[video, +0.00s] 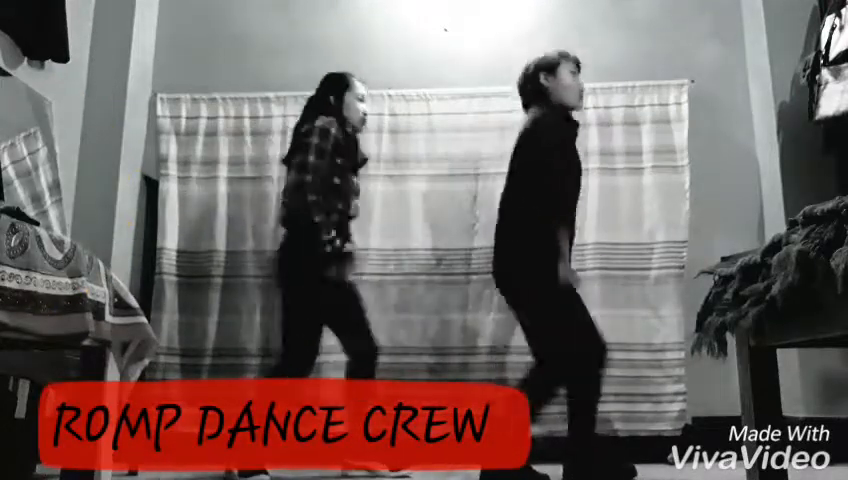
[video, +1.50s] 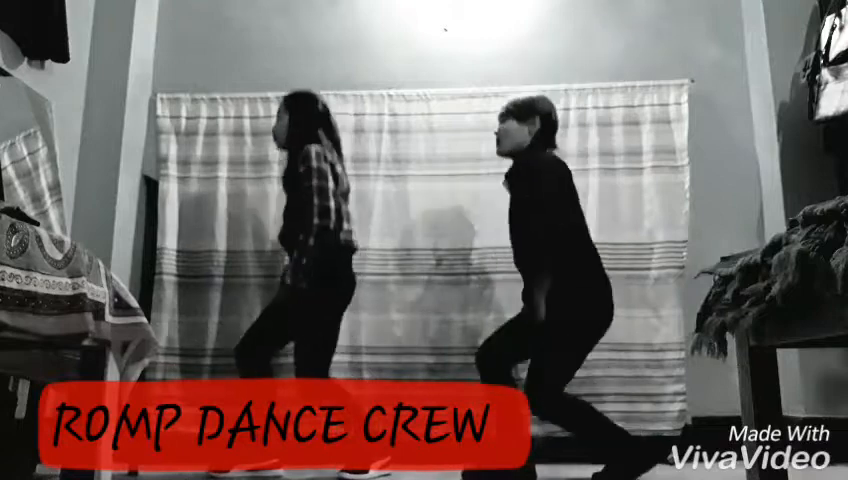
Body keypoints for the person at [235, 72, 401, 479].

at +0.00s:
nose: (366, 108)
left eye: (366, 101)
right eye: (360, 99)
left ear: (340, 102)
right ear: (337, 100)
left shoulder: (330, 132)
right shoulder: (326, 129)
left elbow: (320, 195)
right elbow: (312, 194)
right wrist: (330, 249)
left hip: (305, 258)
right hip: (316, 260)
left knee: (297, 357)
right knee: (363, 350)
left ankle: (249, 448)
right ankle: (361, 448)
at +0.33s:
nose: (371, 94)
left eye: (369, 87)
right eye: (362, 88)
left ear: (354, 97)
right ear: (341, 96)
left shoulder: (358, 135)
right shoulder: (334, 125)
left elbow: (364, 195)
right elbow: (322, 193)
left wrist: (371, 248)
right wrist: (339, 252)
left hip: (354, 259)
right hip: (323, 257)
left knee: (349, 352)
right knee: (297, 345)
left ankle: (351, 435)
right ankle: (257, 432)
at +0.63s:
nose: (333, 88)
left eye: (341, 84)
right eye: (325, 84)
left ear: (354, 98)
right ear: (314, 98)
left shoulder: (365, 140)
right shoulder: (302, 140)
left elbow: (370, 198)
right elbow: (289, 198)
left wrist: (345, 241)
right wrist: (289, 246)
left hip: (349, 260)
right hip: (306, 259)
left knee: (351, 354)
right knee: (290, 353)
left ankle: (364, 445)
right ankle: (272, 442)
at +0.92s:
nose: (299, 102)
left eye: (305, 95)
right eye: (300, 95)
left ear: (325, 98)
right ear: (326, 100)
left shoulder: (337, 128)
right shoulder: (324, 132)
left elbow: (333, 195)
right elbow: (317, 196)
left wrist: (311, 254)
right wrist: (297, 247)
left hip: (334, 255)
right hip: (322, 255)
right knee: (291, 352)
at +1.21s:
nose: (290, 106)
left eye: (296, 98)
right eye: (292, 98)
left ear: (315, 100)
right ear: (320, 99)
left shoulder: (331, 138)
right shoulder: (321, 140)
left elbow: (327, 204)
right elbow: (316, 204)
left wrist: (308, 261)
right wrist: (298, 257)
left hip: (334, 258)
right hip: (324, 258)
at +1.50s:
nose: (274, 126)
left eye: (280, 118)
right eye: (276, 118)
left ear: (297, 120)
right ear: (311, 121)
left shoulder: (311, 153)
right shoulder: (321, 155)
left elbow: (314, 216)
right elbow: (323, 219)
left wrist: (297, 269)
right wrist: (299, 265)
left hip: (320, 272)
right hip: (330, 271)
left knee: (251, 350)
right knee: (312, 369)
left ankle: (268, 441)